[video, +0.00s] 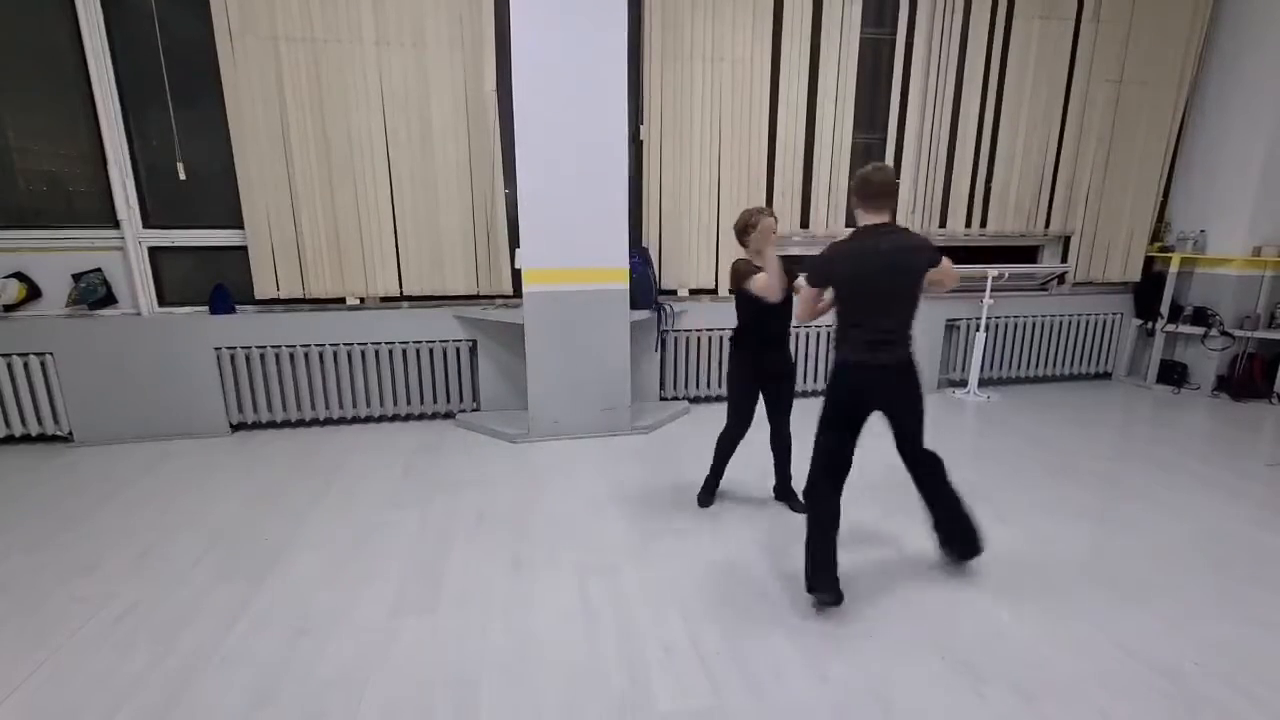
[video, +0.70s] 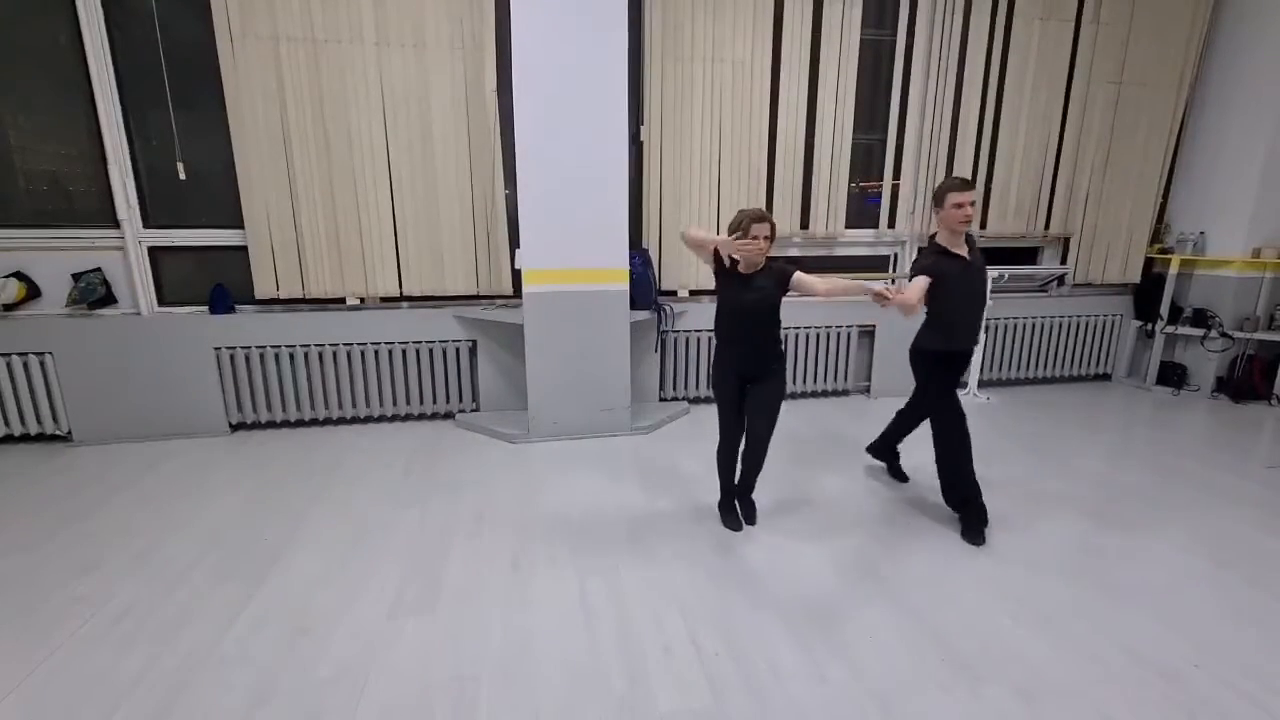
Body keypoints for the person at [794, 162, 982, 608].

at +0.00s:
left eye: (853, 199)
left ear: (855, 201)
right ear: (895, 202)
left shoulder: (839, 252)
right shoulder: (915, 245)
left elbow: (804, 312)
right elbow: (948, 279)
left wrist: (837, 295)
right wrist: (907, 278)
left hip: (851, 376)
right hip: (900, 375)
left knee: (826, 477)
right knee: (915, 454)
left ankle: (823, 585)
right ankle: (961, 540)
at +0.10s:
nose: (859, 202)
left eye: (864, 196)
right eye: (860, 196)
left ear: (888, 199)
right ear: (889, 200)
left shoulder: (900, 251)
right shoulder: (902, 243)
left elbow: (853, 301)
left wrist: (835, 299)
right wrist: (848, 294)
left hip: (910, 370)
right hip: (914, 365)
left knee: (884, 466)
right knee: (926, 444)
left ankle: (868, 576)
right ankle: (966, 511)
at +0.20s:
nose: (904, 216)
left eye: (912, 208)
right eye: (896, 209)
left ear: (925, 209)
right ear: (884, 212)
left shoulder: (945, 246)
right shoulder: (886, 258)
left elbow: (951, 274)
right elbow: (886, 308)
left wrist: (892, 281)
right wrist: (844, 309)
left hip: (944, 367)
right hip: (905, 370)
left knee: (960, 457)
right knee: (927, 453)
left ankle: (976, 563)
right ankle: (956, 517)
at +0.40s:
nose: (948, 219)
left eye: (953, 211)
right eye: (938, 212)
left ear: (959, 213)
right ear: (920, 218)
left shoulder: (979, 250)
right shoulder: (904, 268)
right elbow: (891, 307)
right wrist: (880, 318)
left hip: (967, 369)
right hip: (922, 371)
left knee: (992, 428)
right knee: (941, 448)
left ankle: (1015, 476)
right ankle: (964, 512)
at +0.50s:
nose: (962, 214)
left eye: (967, 207)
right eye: (952, 208)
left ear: (972, 209)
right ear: (932, 213)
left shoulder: (986, 244)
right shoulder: (914, 268)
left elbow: (1034, 233)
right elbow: (886, 312)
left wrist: (1073, 225)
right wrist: (882, 311)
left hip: (973, 361)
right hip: (933, 363)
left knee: (954, 411)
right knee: (952, 433)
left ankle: (935, 442)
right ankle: (967, 509)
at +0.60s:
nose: (969, 214)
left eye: (973, 207)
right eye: (960, 208)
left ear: (977, 211)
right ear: (940, 214)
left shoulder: (981, 245)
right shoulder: (925, 265)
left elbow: (1006, 245)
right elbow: (888, 316)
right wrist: (884, 305)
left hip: (971, 357)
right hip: (936, 359)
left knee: (931, 402)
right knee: (957, 430)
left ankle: (895, 433)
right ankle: (970, 509)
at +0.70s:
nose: (967, 212)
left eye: (971, 205)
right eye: (958, 206)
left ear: (975, 209)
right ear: (937, 212)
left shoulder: (973, 250)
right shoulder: (930, 259)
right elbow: (912, 302)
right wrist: (899, 299)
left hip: (960, 352)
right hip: (930, 353)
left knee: (919, 406)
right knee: (952, 431)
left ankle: (883, 446)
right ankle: (970, 511)